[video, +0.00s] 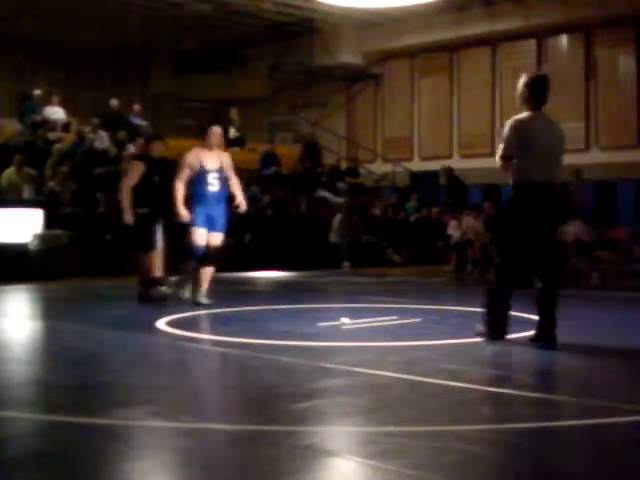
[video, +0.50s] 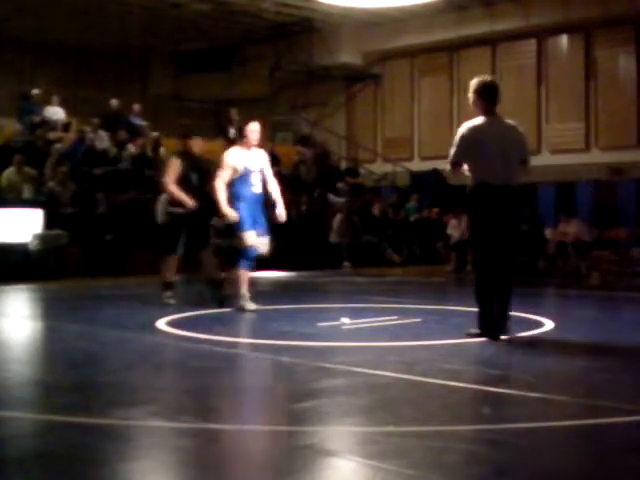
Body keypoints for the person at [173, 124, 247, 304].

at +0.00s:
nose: (216, 139)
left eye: (219, 135)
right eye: (213, 135)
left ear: (222, 138)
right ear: (206, 137)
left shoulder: (224, 157)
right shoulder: (194, 155)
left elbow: (232, 179)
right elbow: (181, 181)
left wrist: (239, 196)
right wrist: (180, 206)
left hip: (219, 206)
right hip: (199, 206)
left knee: (214, 249)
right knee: (198, 245)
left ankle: (203, 291)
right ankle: (189, 282)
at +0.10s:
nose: (224, 139)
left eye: (227, 136)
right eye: (222, 135)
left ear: (229, 137)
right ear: (214, 135)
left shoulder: (230, 155)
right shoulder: (200, 155)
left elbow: (238, 176)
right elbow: (184, 179)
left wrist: (246, 186)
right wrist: (183, 206)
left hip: (224, 203)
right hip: (206, 203)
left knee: (217, 245)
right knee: (213, 241)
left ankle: (204, 290)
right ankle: (201, 285)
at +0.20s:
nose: (231, 137)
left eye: (233, 133)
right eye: (228, 133)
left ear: (236, 136)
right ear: (220, 134)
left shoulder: (236, 156)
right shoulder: (207, 155)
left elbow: (246, 176)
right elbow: (190, 179)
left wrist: (256, 184)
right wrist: (188, 207)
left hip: (231, 204)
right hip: (213, 204)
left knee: (221, 244)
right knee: (221, 242)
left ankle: (207, 286)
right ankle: (222, 288)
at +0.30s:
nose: (239, 138)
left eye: (241, 134)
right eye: (235, 134)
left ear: (243, 136)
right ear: (227, 135)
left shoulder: (244, 159)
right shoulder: (215, 157)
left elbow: (256, 180)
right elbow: (198, 181)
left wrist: (267, 185)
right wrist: (198, 209)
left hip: (238, 206)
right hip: (221, 205)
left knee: (232, 247)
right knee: (233, 245)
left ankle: (209, 278)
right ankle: (238, 291)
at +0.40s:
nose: (246, 139)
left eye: (248, 135)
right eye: (243, 135)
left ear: (251, 137)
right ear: (235, 136)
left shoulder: (254, 158)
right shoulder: (223, 157)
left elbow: (264, 180)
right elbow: (208, 183)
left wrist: (276, 192)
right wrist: (211, 208)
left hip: (248, 205)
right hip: (231, 204)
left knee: (246, 246)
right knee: (243, 241)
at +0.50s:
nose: (255, 136)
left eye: (257, 133)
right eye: (252, 133)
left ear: (260, 135)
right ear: (244, 135)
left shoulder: (262, 155)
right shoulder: (232, 155)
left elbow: (271, 181)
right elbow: (220, 182)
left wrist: (279, 204)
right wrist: (225, 208)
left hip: (258, 203)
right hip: (241, 204)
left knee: (262, 245)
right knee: (248, 245)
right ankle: (243, 294)